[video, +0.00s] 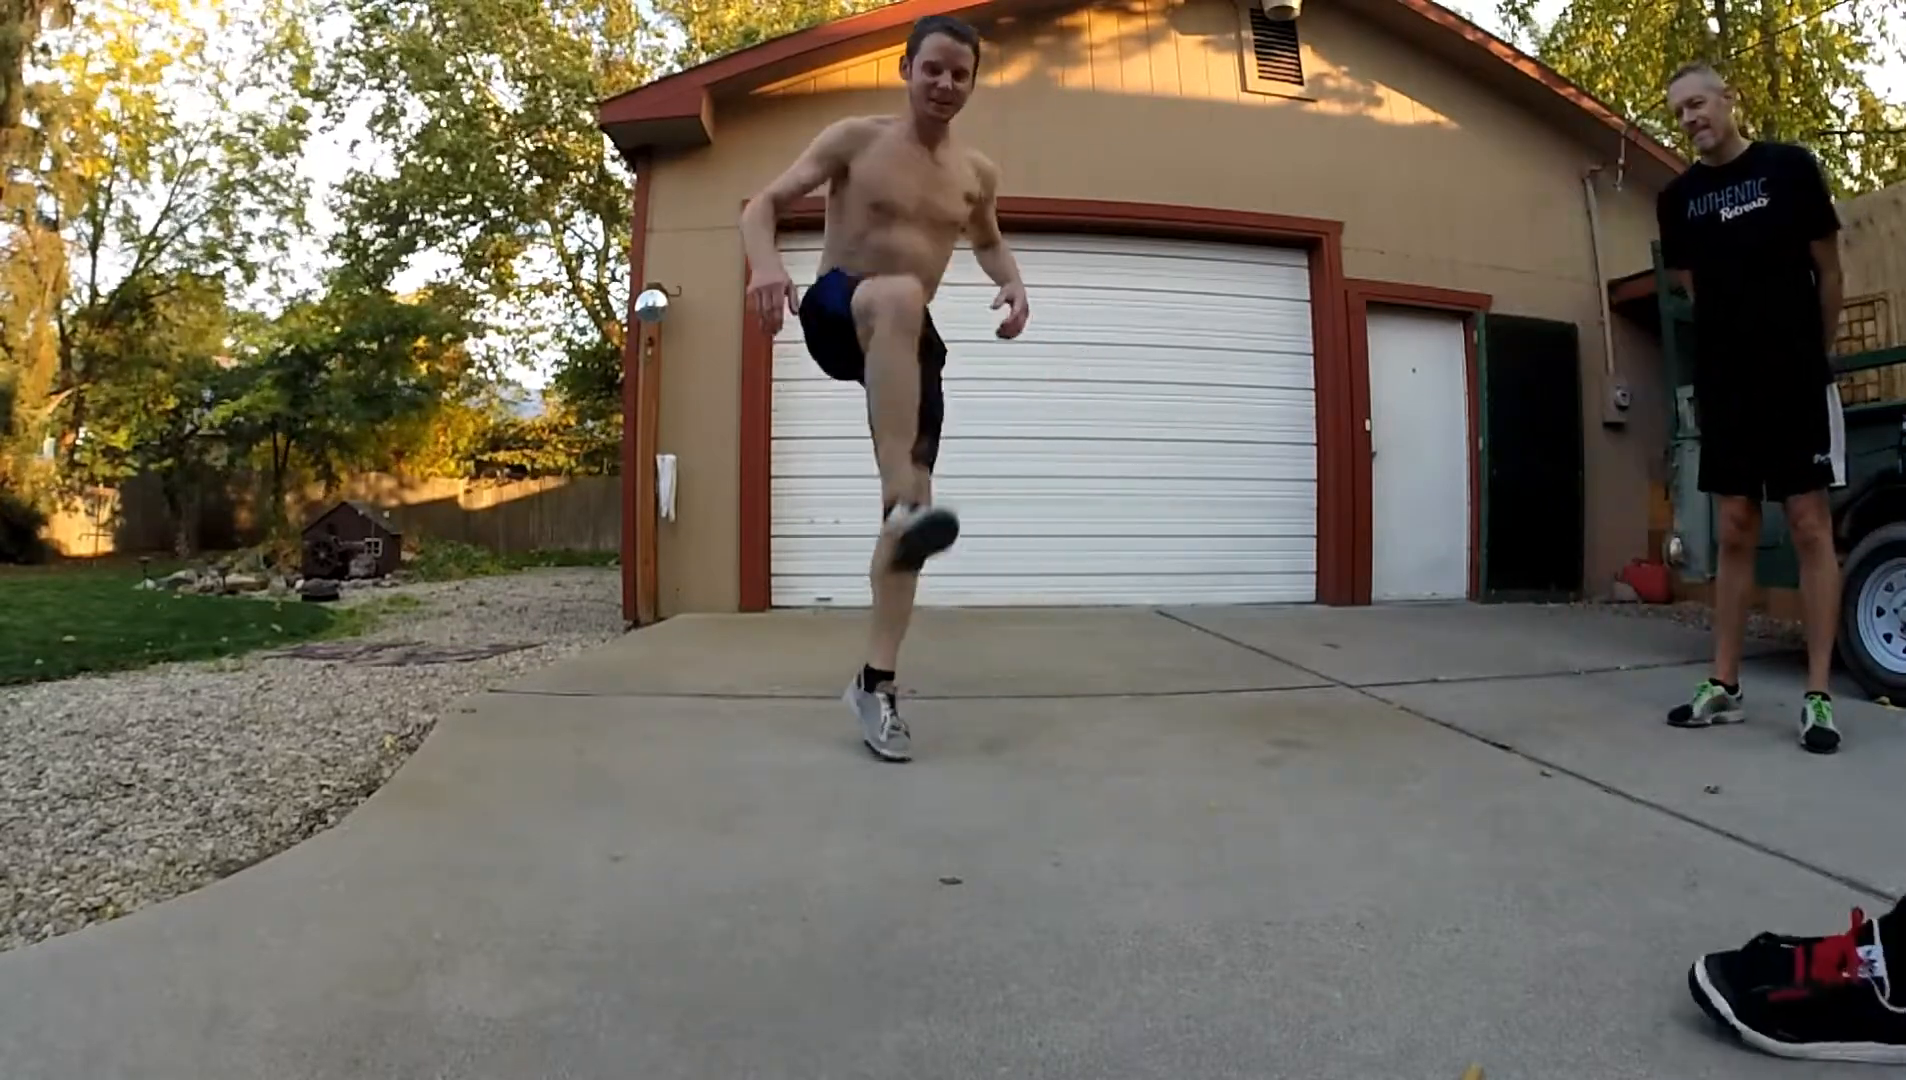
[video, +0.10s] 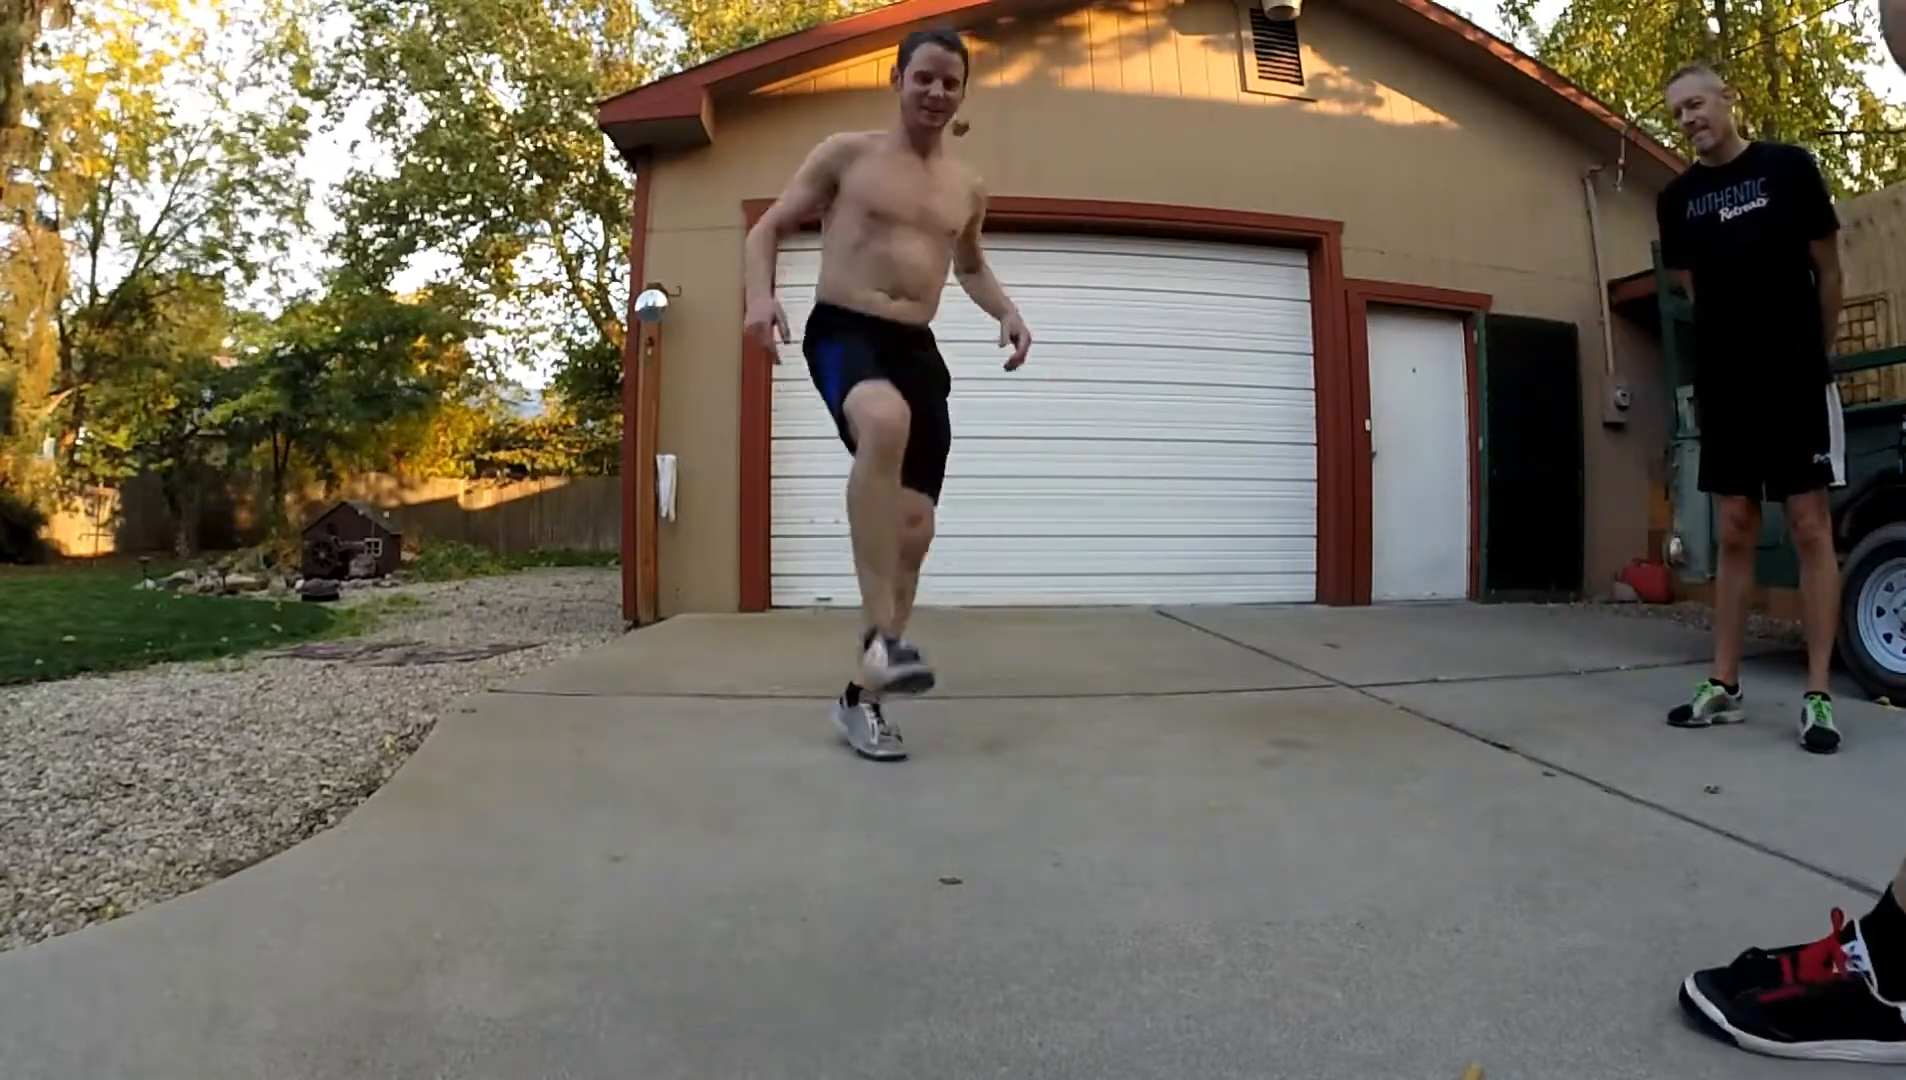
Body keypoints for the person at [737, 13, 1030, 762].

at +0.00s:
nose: (943, 84)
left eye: (958, 73)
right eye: (931, 69)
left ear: (972, 83)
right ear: (907, 72)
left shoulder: (976, 172)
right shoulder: (853, 138)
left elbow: (989, 244)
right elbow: (761, 206)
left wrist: (1015, 288)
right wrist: (764, 265)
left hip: (917, 334)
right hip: (839, 317)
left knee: (910, 509)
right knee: (900, 294)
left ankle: (876, 684)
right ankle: (903, 502)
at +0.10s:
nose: (933, 91)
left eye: (947, 82)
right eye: (923, 77)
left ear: (962, 95)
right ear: (898, 81)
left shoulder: (967, 186)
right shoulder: (845, 152)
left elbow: (971, 265)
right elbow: (766, 231)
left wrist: (1007, 311)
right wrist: (760, 295)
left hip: (916, 348)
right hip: (843, 329)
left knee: (913, 530)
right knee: (885, 420)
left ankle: (860, 701)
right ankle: (881, 636)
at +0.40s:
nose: (927, 105)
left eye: (940, 95)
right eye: (914, 91)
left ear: (954, 104)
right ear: (888, 92)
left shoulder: (959, 189)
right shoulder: (835, 162)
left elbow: (1008, 248)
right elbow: (754, 241)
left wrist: (1051, 246)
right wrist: (771, 307)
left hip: (900, 360)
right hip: (827, 347)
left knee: (895, 527)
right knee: (888, 281)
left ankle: (860, 699)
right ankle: (956, 449)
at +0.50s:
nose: (930, 88)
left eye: (943, 78)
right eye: (917, 72)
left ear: (956, 87)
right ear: (888, 73)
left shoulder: (959, 171)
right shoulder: (837, 143)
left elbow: (991, 231)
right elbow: (750, 220)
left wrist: (1040, 238)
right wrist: (768, 276)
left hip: (896, 338)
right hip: (823, 323)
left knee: (886, 509)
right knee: (884, 265)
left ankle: (868, 688)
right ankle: (908, 462)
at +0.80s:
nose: (917, 128)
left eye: (929, 118)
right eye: (905, 114)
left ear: (940, 129)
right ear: (877, 117)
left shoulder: (942, 223)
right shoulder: (822, 187)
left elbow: (984, 300)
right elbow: (757, 275)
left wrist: (1036, 297)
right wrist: (762, 363)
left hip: (895, 373)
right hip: (823, 365)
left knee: (911, 545)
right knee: (901, 456)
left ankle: (844, 703)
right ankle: (941, 667)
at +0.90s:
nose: (925, 124)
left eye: (938, 115)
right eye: (914, 109)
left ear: (949, 124)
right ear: (883, 106)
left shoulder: (947, 207)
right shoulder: (829, 174)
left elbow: (992, 267)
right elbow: (750, 252)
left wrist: (1029, 271)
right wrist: (765, 329)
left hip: (891, 367)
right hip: (820, 344)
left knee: (890, 533)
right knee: (907, 343)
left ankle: (847, 703)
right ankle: (980, 532)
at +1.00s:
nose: (931, 104)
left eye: (945, 95)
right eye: (920, 88)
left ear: (955, 104)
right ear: (890, 86)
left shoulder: (951, 188)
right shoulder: (835, 155)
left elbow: (985, 243)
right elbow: (748, 228)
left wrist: (1019, 260)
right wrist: (768, 285)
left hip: (895, 353)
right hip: (819, 335)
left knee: (893, 514)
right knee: (897, 272)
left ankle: (857, 689)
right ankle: (948, 452)